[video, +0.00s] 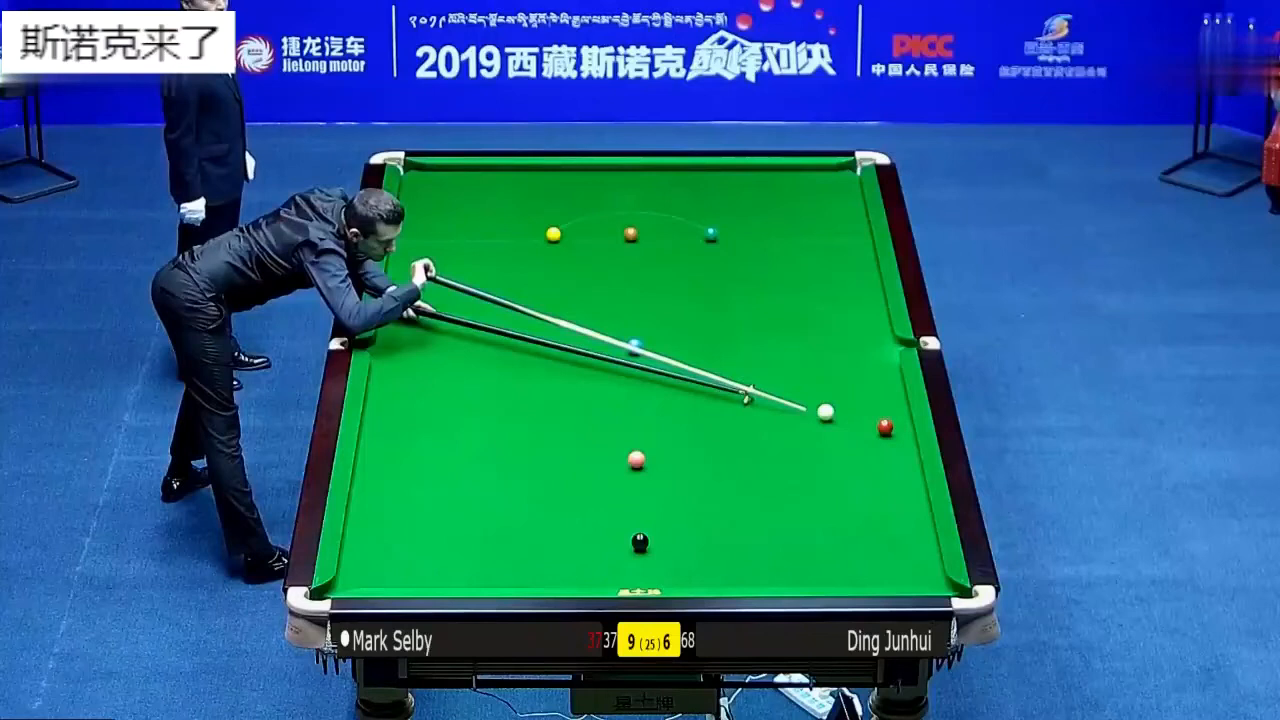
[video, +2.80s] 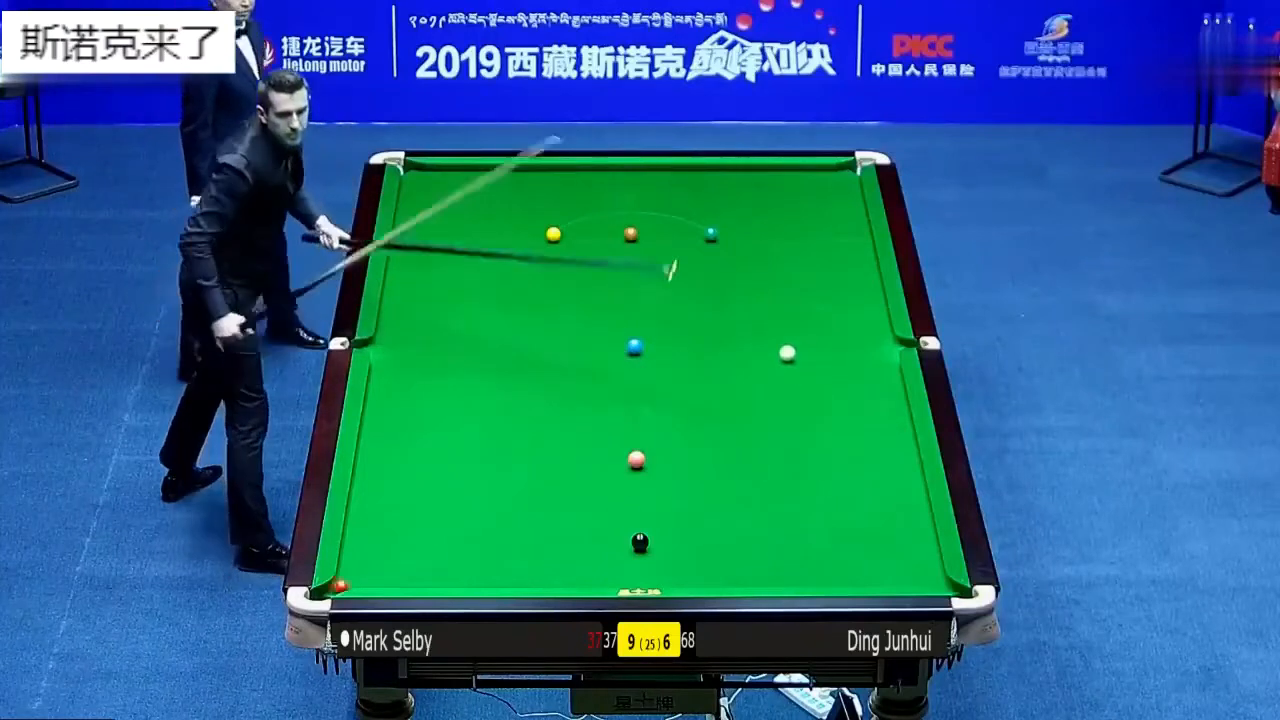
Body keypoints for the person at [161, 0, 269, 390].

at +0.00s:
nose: (223, 9)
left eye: (223, 4)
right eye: (214, 4)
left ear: (220, 10)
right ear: (190, 7)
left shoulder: (217, 54)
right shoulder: (184, 67)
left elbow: (225, 114)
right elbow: (179, 136)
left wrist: (240, 153)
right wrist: (189, 195)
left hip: (226, 184)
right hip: (204, 190)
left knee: (219, 268)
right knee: (204, 274)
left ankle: (217, 347)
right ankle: (213, 353)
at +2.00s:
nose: (222, 8)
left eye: (222, 3)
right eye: (212, 3)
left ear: (219, 9)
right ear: (189, 6)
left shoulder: (216, 51)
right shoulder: (183, 64)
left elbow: (227, 114)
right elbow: (180, 136)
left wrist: (243, 154)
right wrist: (190, 194)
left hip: (228, 183)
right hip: (205, 190)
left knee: (220, 271)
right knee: (201, 276)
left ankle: (219, 349)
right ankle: (202, 357)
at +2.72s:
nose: (234, 2)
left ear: (238, 2)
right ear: (205, 2)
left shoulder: (238, 31)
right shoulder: (194, 49)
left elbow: (242, 104)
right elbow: (185, 127)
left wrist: (263, 156)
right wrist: (193, 190)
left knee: (260, 256)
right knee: (202, 274)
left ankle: (269, 330)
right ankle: (196, 359)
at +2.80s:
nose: (243, 3)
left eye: (246, 0)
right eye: (235, 0)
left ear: (251, 4)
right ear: (216, 3)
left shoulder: (254, 31)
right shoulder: (204, 47)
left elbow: (261, 93)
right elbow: (196, 121)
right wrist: (201, 184)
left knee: (275, 250)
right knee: (214, 257)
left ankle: (285, 322)